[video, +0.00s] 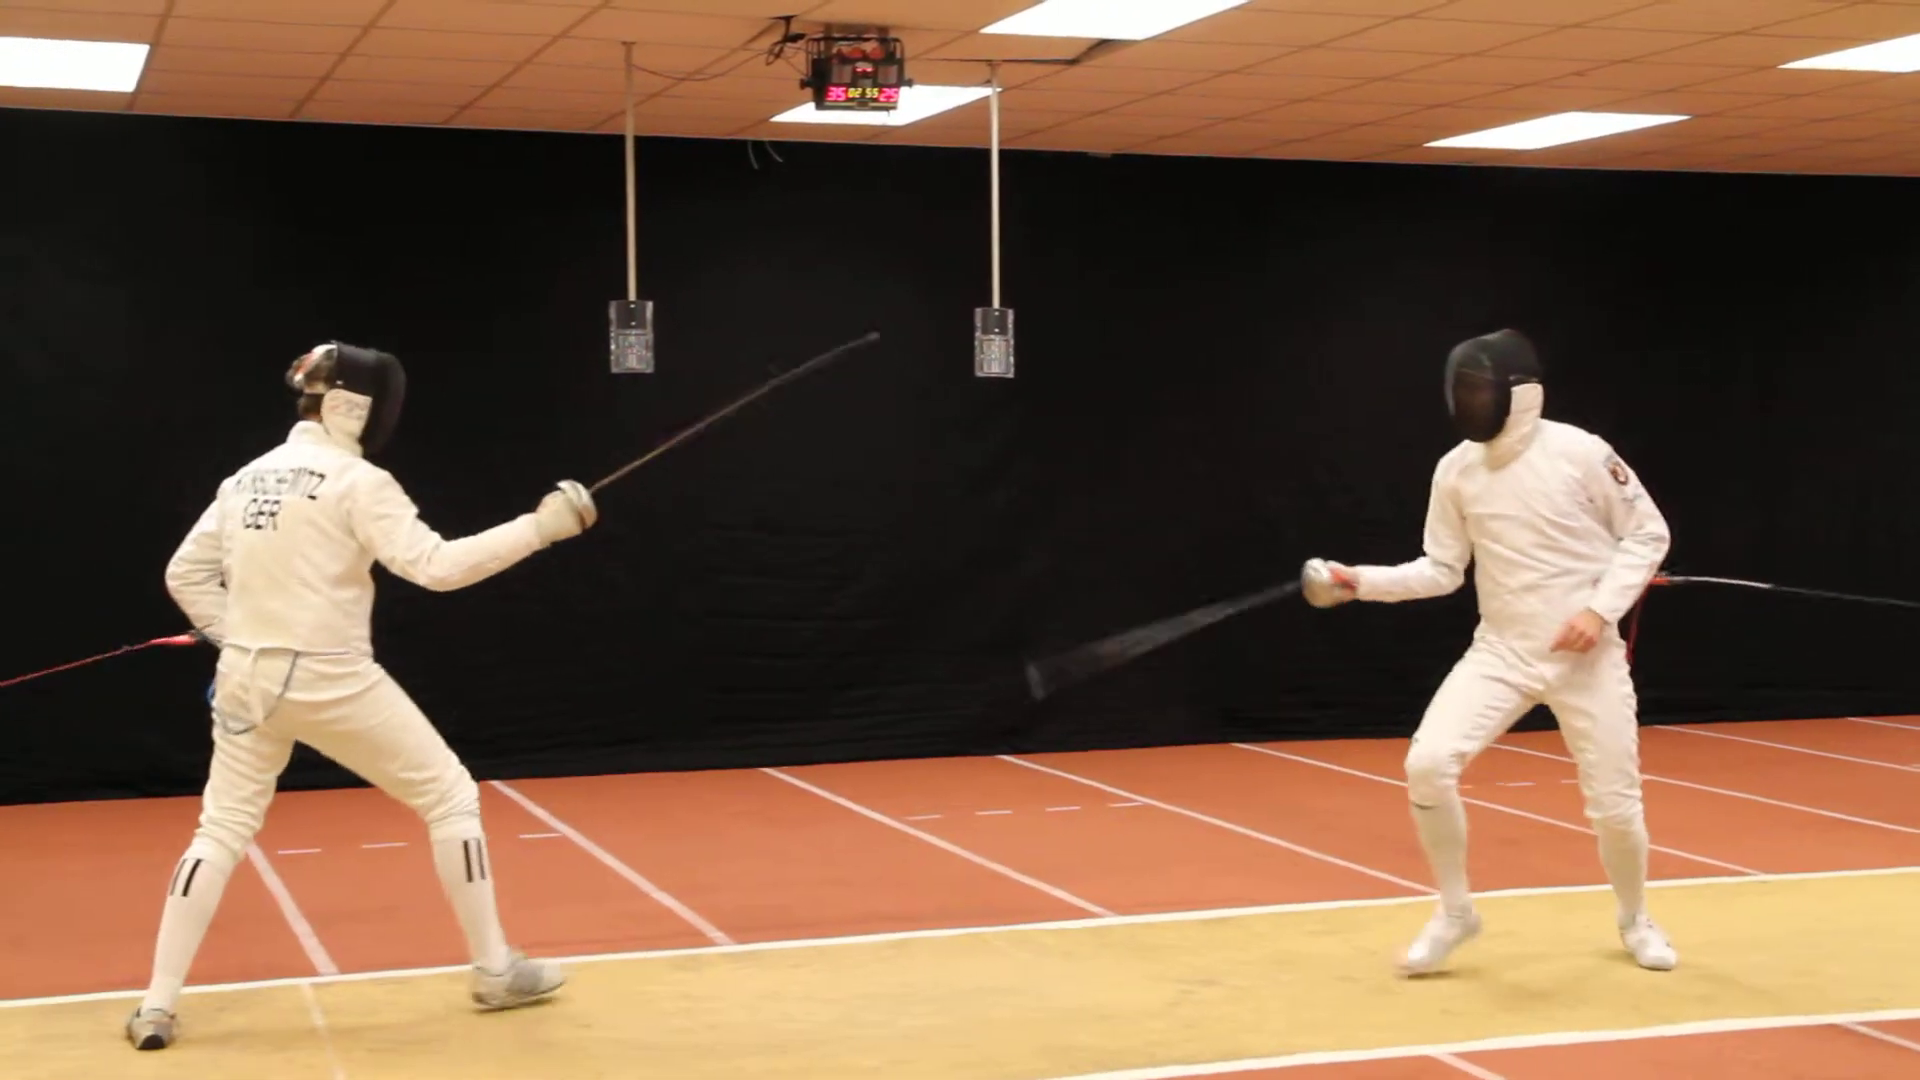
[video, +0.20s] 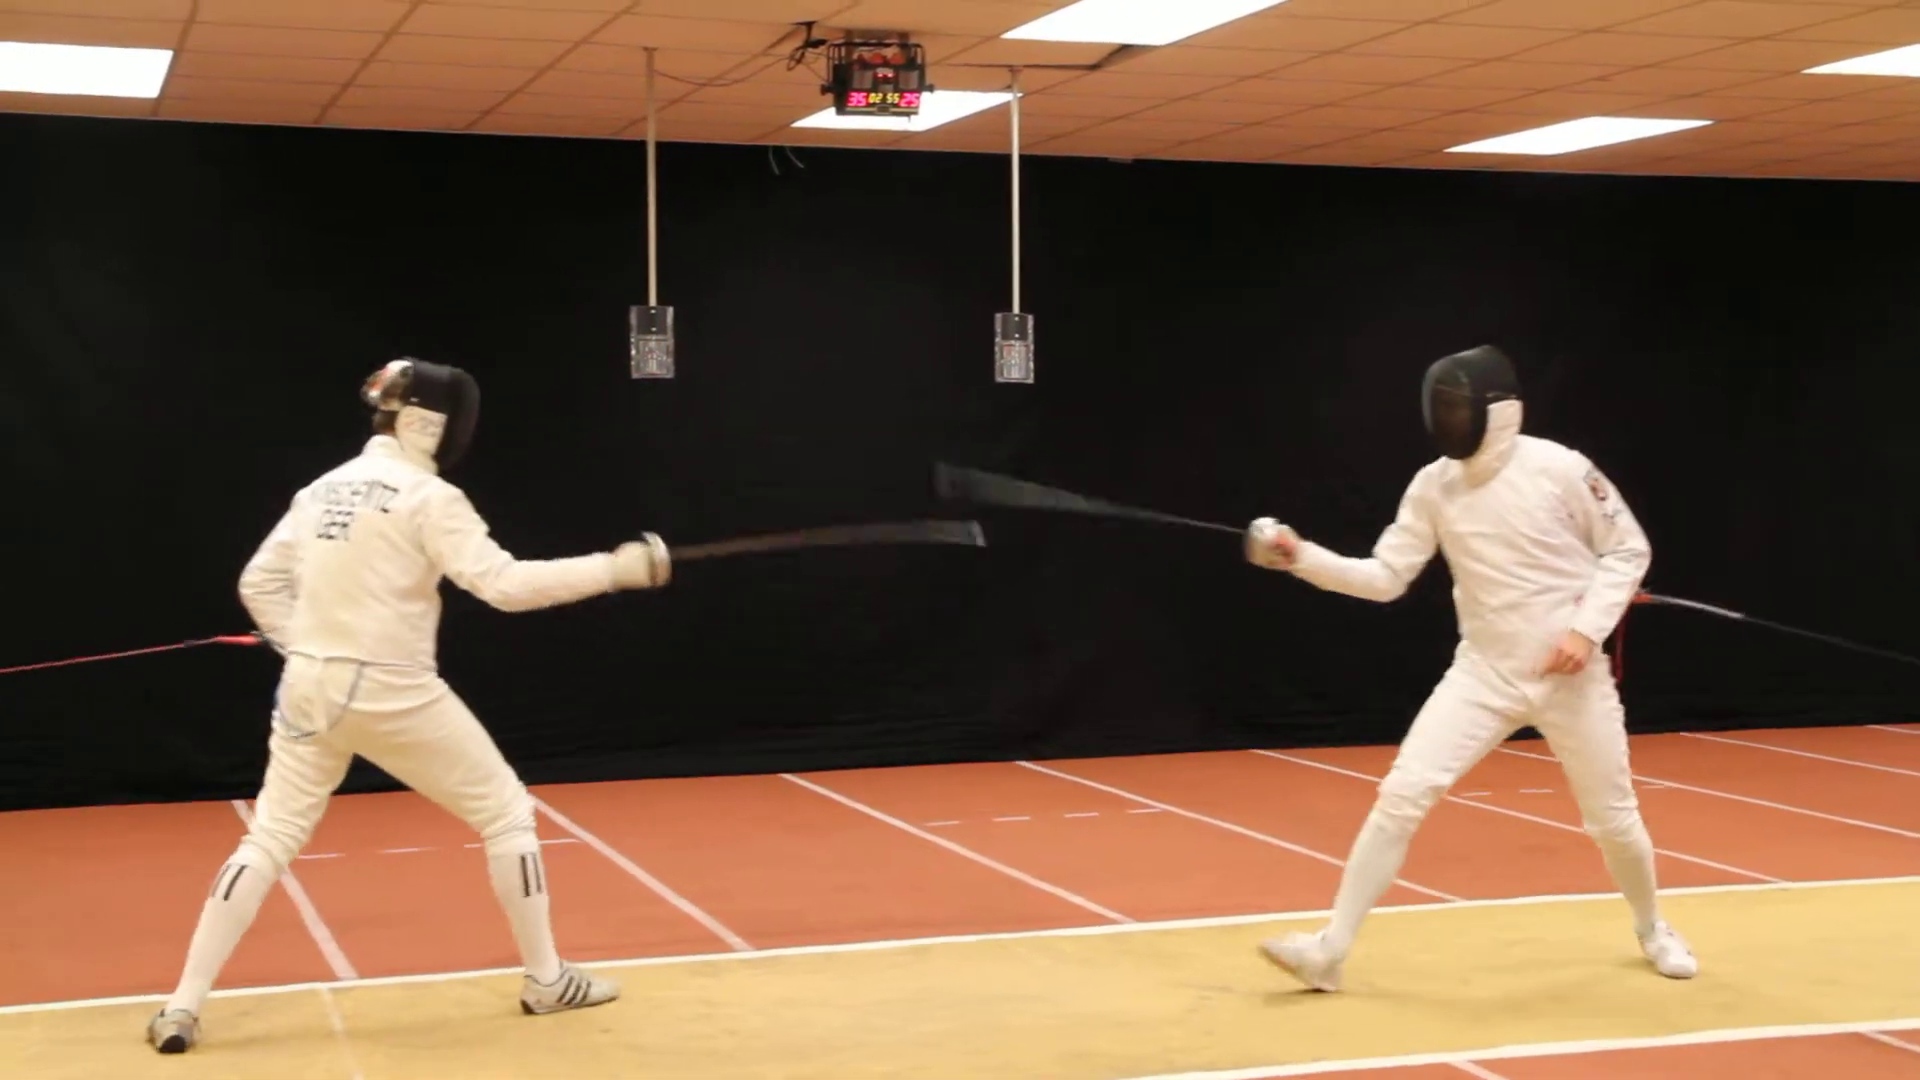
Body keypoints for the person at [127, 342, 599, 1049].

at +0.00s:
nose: (379, 417)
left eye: (377, 405)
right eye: (374, 404)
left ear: (308, 401)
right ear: (350, 405)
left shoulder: (244, 481)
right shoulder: (357, 480)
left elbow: (185, 574)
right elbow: (435, 565)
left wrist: (246, 645)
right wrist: (543, 524)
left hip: (243, 681)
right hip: (334, 679)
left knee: (220, 830)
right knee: (448, 796)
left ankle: (157, 1004)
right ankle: (495, 969)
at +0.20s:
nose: (456, 437)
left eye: (455, 424)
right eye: (453, 425)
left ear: (383, 416)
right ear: (435, 425)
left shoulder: (321, 491)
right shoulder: (429, 498)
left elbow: (260, 584)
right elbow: (504, 583)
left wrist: (315, 653)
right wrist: (616, 567)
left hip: (307, 689)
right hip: (394, 690)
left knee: (269, 838)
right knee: (505, 813)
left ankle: (182, 1005)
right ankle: (548, 980)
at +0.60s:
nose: (473, 448)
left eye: (472, 435)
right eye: (468, 433)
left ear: (408, 430)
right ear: (440, 434)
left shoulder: (339, 500)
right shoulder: (444, 509)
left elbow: (272, 590)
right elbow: (496, 606)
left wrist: (317, 667)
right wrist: (593, 561)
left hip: (309, 694)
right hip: (399, 697)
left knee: (254, 840)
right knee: (515, 810)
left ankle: (150, 996)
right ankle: (553, 975)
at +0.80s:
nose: (410, 448)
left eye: (410, 434)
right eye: (406, 434)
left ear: (335, 423)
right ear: (386, 434)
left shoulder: (271, 499)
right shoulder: (375, 507)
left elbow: (207, 585)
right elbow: (430, 596)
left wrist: (254, 657)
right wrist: (534, 554)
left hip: (248, 695)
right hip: (333, 698)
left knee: (219, 840)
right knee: (452, 816)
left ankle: (138, 1002)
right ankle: (519, 976)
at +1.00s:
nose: (397, 440)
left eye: (397, 426)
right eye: (394, 427)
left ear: (327, 419)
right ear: (374, 426)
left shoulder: (266, 495)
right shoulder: (367, 499)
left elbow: (207, 586)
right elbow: (416, 593)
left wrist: (255, 656)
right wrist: (531, 583)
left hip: (247, 691)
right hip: (332, 692)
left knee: (227, 837)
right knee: (449, 811)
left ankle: (147, 999)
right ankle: (475, 980)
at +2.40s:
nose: (411, 451)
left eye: (410, 438)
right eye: (406, 438)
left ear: (346, 434)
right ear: (383, 437)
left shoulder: (287, 510)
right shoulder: (383, 510)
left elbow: (230, 599)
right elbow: (459, 588)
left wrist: (280, 671)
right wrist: (570, 561)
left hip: (277, 708)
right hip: (362, 707)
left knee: (264, 850)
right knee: (483, 808)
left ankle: (187, 1001)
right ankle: (530, 975)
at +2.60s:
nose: (458, 452)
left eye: (457, 439)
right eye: (454, 440)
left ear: (389, 433)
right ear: (432, 439)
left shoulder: (332, 506)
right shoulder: (425, 508)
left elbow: (280, 599)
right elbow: (486, 595)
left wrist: (324, 667)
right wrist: (600, 596)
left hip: (317, 698)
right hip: (397, 697)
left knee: (302, 842)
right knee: (516, 805)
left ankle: (203, 970)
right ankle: (537, 973)